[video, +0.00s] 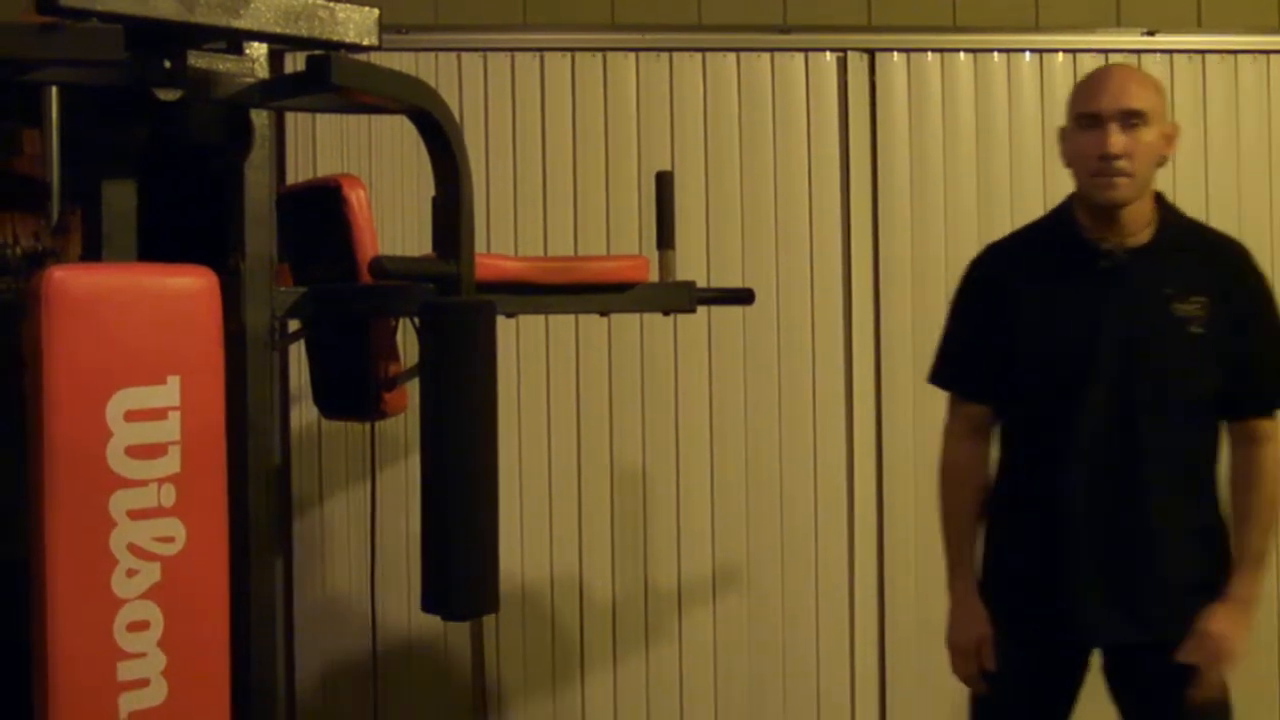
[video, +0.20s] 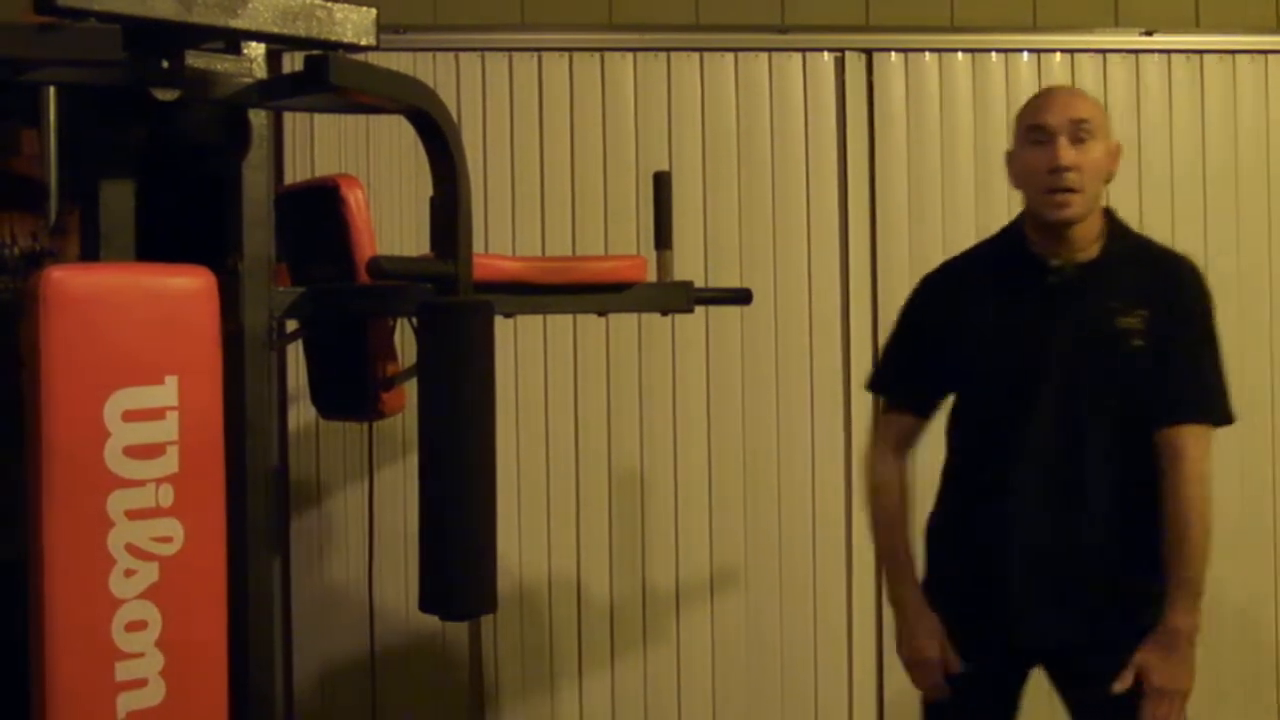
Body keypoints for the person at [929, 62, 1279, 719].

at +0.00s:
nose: (1110, 142)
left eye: (1132, 123)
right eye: (1090, 124)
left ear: (1167, 142)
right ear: (1065, 144)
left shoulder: (1223, 272)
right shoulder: (1002, 271)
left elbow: (1256, 438)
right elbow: (966, 433)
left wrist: (1241, 596)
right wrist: (962, 591)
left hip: (1169, 583)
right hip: (1033, 583)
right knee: (1008, 716)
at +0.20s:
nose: (1060, 155)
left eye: (1081, 137)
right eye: (1038, 138)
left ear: (1112, 160)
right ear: (1013, 165)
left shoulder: (1166, 286)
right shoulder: (953, 290)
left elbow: (1185, 458)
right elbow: (888, 447)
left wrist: (1179, 629)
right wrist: (907, 607)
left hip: (1115, 601)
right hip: (978, 600)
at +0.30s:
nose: (1036, 159)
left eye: (1056, 141)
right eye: (1014, 143)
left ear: (1088, 164)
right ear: (988, 169)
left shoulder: (1147, 283)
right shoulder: (941, 288)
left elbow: (1171, 451)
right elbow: (845, 437)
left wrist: (1163, 608)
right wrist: (912, 563)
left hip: (1091, 591)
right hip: (957, 594)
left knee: (1122, 711)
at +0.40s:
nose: (1018, 152)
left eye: (1038, 134)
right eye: (996, 135)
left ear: (1068, 157)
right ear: (969, 162)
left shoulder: (1132, 276)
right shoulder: (923, 284)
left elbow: (1168, 437)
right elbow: (824, 427)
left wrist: (1145, 567)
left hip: (1082, 597)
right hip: (951, 596)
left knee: (1116, 716)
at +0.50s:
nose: (1005, 148)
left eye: (1024, 130)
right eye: (983, 132)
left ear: (1052, 154)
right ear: (954, 160)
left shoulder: (1120, 267)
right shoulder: (908, 282)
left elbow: (1152, 434)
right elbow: (832, 442)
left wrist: (1116, 535)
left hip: (1077, 580)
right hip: (948, 584)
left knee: (1097, 714)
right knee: (946, 715)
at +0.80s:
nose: (1020, 146)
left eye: (1038, 127)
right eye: (995, 128)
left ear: (1060, 151)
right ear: (957, 156)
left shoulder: (1126, 257)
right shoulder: (909, 285)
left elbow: (1135, 434)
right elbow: (886, 471)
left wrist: (1054, 496)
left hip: (1089, 598)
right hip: (956, 604)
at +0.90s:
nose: (1021, 149)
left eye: (1038, 127)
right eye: (994, 131)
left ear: (1060, 150)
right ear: (955, 160)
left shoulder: (1134, 257)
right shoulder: (910, 290)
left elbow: (1163, 435)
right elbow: (913, 460)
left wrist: (1082, 503)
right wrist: (920, 291)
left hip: (1105, 610)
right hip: (970, 614)